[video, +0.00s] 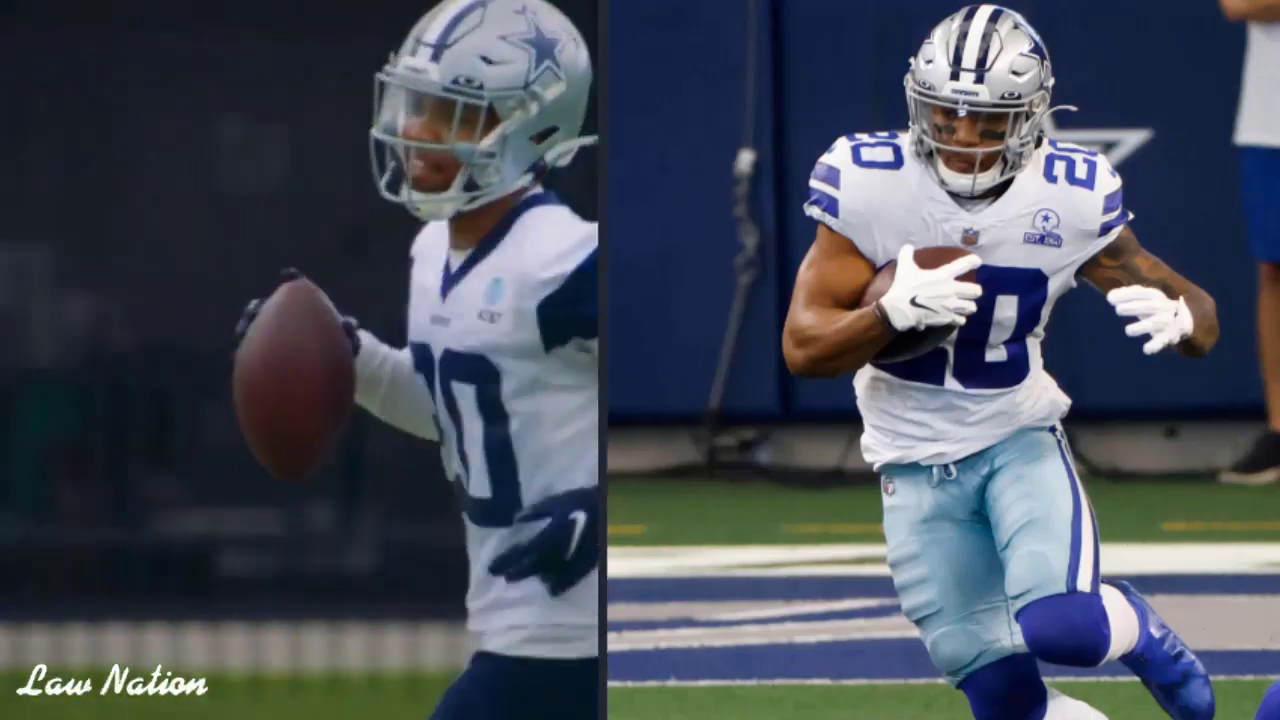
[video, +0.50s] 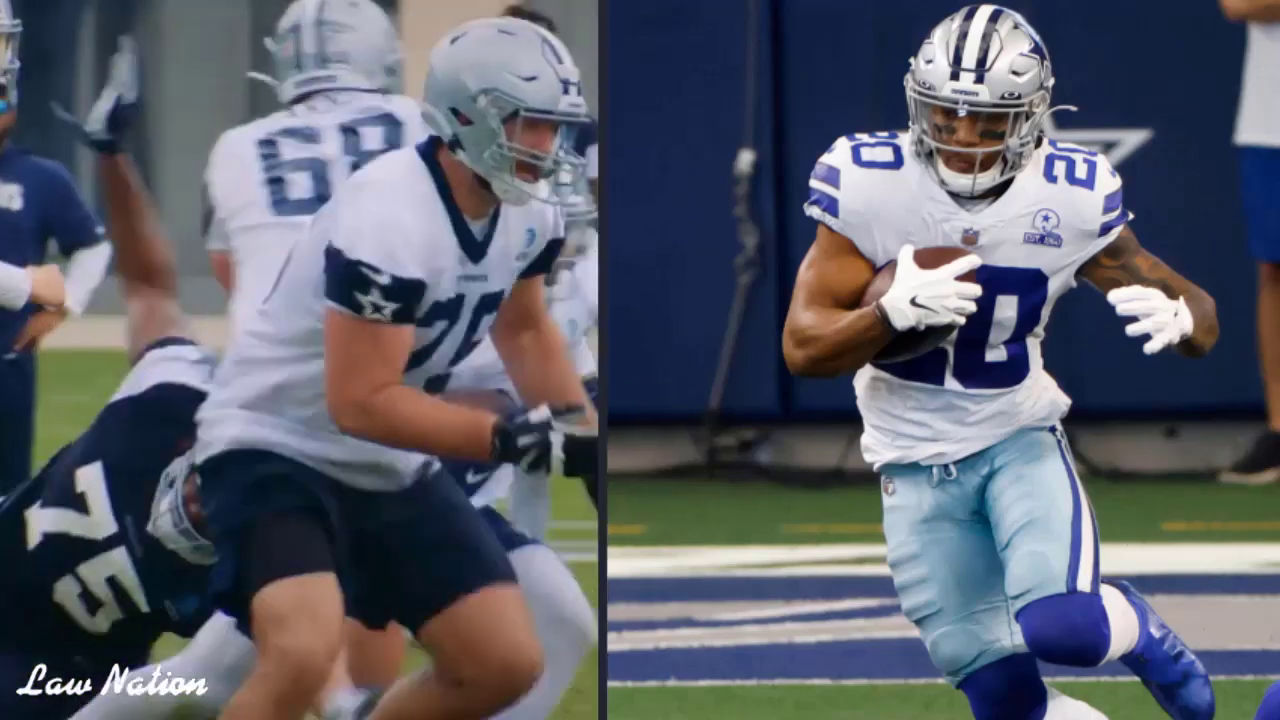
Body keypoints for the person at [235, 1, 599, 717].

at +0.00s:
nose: (422, 133)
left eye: (453, 115)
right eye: (417, 107)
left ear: (522, 131)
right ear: (397, 109)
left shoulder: (568, 260)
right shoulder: (433, 251)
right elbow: (455, 415)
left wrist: (606, 507)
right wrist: (341, 351)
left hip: (562, 632)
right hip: (508, 623)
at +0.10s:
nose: (435, 126)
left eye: (470, 109)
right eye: (430, 99)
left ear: (542, 121)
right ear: (411, 100)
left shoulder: (579, 264)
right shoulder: (428, 237)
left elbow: (685, 413)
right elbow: (453, 384)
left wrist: (605, 516)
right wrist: (353, 402)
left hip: (572, 615)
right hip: (510, 606)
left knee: (486, 705)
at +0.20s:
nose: (418, 200)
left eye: (456, 180)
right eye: (413, 171)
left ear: (522, 194)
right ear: (392, 173)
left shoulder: (569, 346)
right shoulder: (426, 311)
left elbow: (648, 537)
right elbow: (453, 480)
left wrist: (531, 618)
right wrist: (381, 539)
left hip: (542, 684)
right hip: (444, 664)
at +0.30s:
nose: (418, 214)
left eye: (454, 193)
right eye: (415, 185)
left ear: (521, 207)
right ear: (396, 185)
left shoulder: (560, 361)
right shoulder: (462, 326)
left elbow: (598, 582)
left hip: (556, 704)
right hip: (485, 696)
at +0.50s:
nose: (545, 145)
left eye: (553, 127)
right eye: (529, 125)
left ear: (563, 124)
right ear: (470, 117)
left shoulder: (530, 212)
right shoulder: (388, 210)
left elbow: (525, 326)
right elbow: (361, 403)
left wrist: (577, 423)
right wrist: (501, 436)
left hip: (387, 459)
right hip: (267, 445)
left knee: (499, 665)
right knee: (304, 654)